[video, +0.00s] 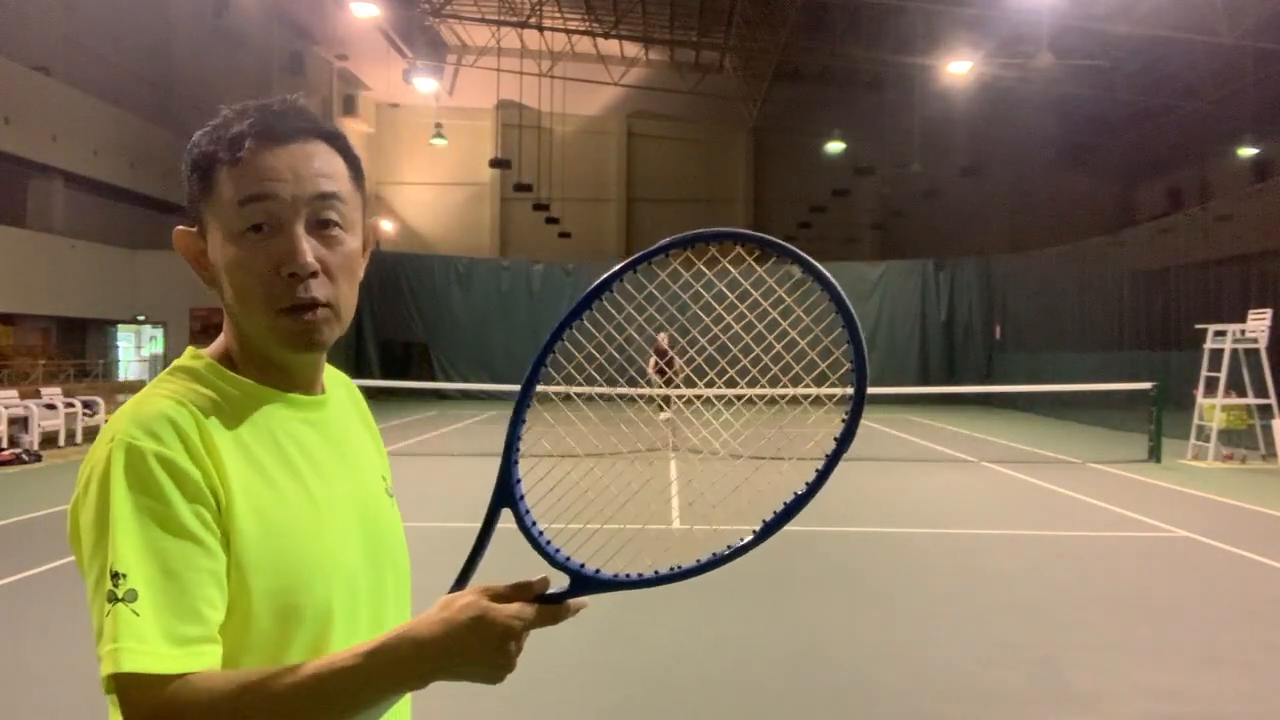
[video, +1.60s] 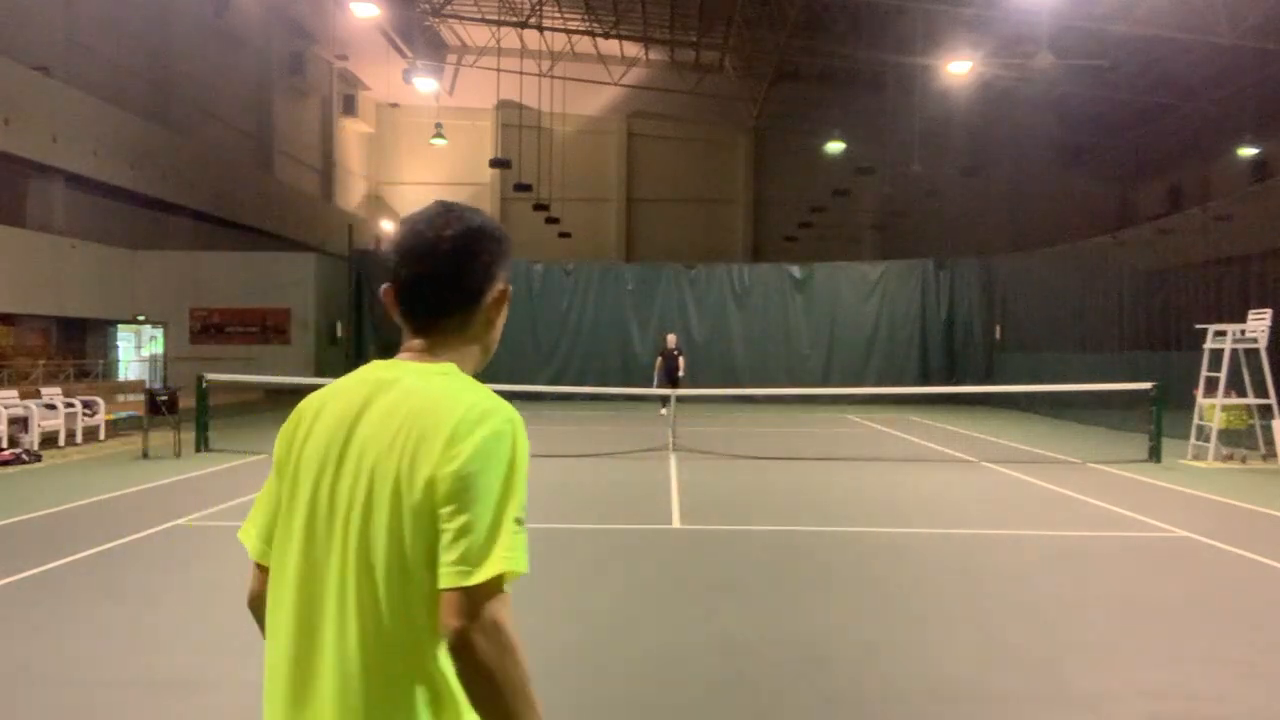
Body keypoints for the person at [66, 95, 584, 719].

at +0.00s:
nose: (302, 259)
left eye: (327, 223)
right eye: (258, 227)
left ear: (366, 243)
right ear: (202, 258)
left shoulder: (344, 404)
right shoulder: (154, 440)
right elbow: (155, 700)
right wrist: (415, 655)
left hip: (374, 708)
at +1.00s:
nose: (376, 283)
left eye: (386, 253)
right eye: (340, 252)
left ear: (397, 256)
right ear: (253, 266)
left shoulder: (301, 417)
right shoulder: (207, 425)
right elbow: (193, 684)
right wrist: (428, 622)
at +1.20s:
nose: (428, 288)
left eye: (423, 264)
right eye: (416, 262)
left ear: (353, 276)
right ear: (352, 274)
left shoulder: (305, 404)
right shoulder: (266, 408)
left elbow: (327, 630)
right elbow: (317, 641)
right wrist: (534, 602)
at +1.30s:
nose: (438, 291)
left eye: (438, 270)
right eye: (436, 269)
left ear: (322, 273)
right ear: (402, 278)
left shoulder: (289, 392)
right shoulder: (317, 410)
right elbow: (300, 647)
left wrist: (479, 668)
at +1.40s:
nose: (457, 298)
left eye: (458, 277)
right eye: (457, 277)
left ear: (343, 285)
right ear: (437, 285)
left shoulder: (282, 396)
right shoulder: (367, 409)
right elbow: (321, 637)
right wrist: (471, 712)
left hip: (247, 705)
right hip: (328, 709)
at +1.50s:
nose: (478, 309)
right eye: (480, 291)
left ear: (357, 290)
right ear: (468, 294)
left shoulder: (286, 407)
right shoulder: (425, 411)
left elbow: (246, 592)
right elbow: (390, 628)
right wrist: (482, 713)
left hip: (260, 707)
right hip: (364, 709)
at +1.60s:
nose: (503, 313)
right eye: (506, 299)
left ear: (391, 302)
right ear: (499, 303)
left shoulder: (315, 409)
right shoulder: (480, 420)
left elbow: (263, 595)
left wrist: (324, 681)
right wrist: (526, 713)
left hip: (298, 709)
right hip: (420, 709)